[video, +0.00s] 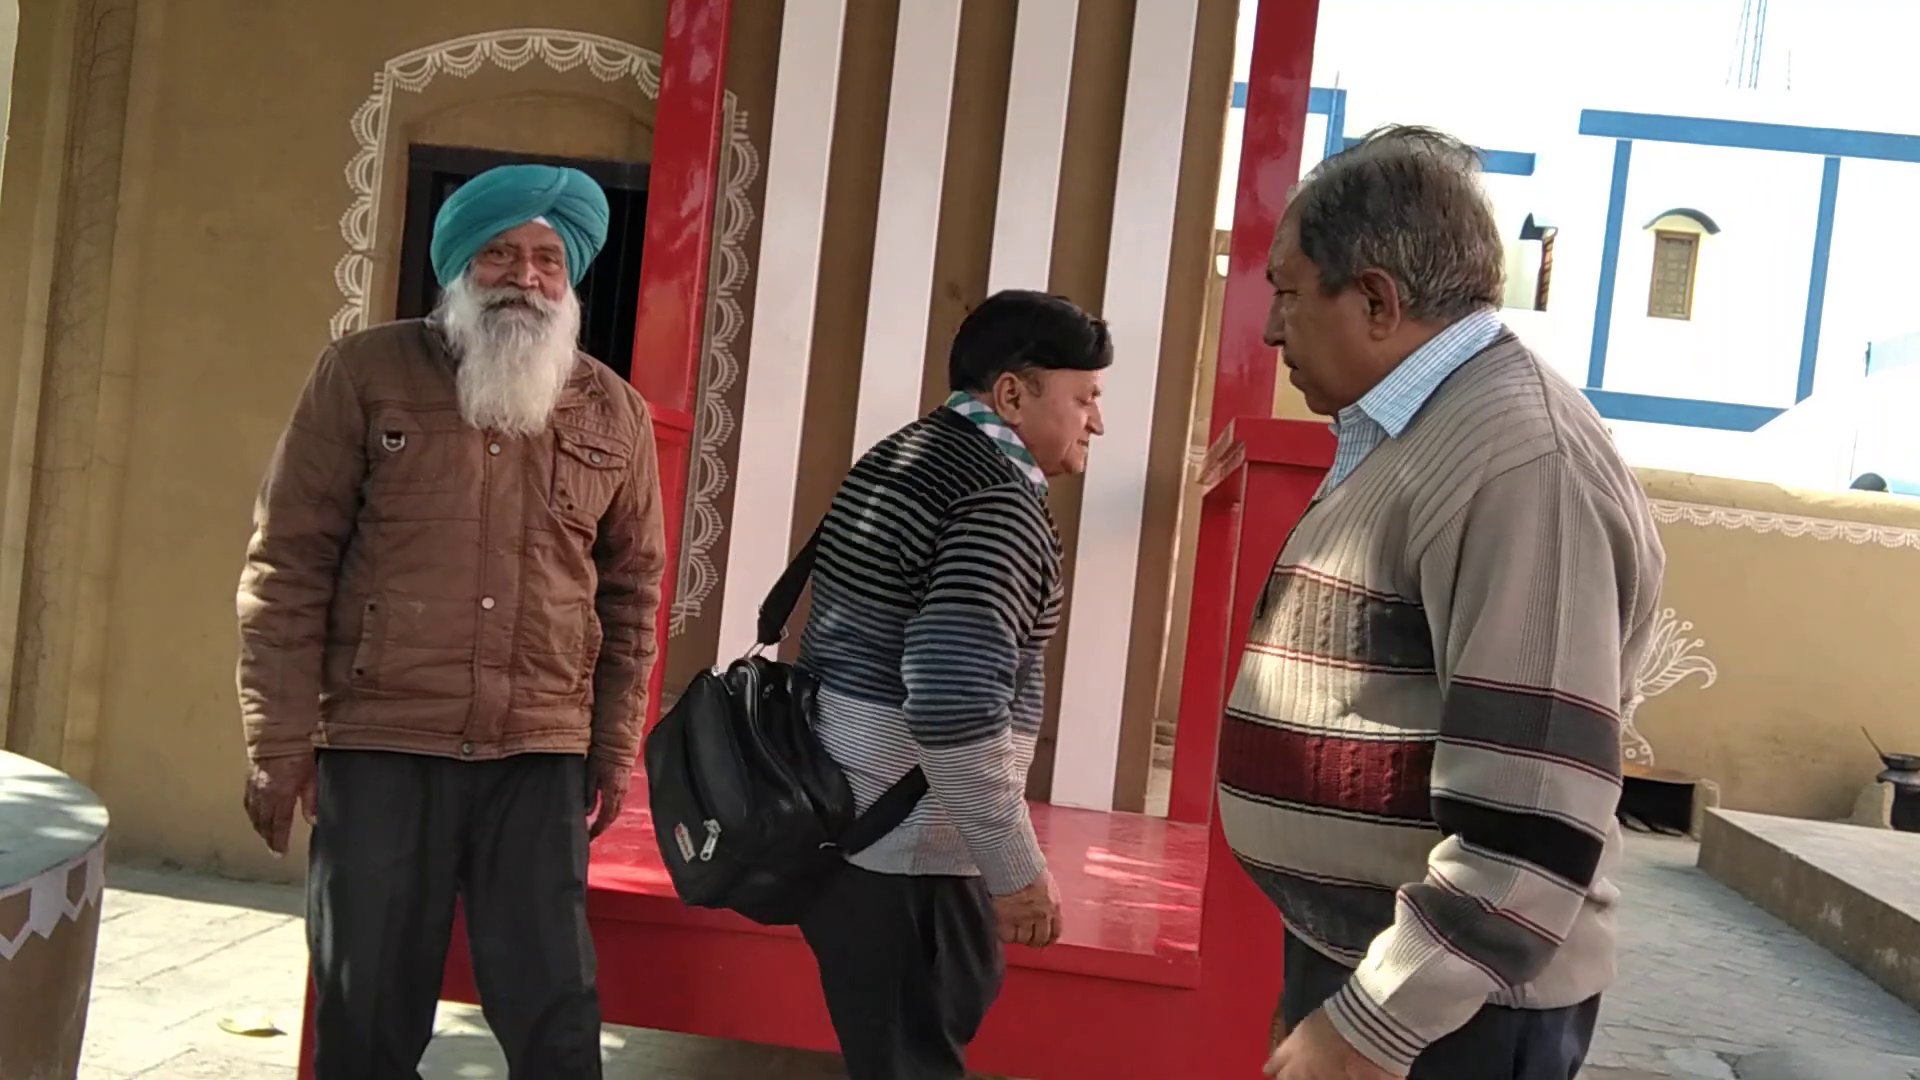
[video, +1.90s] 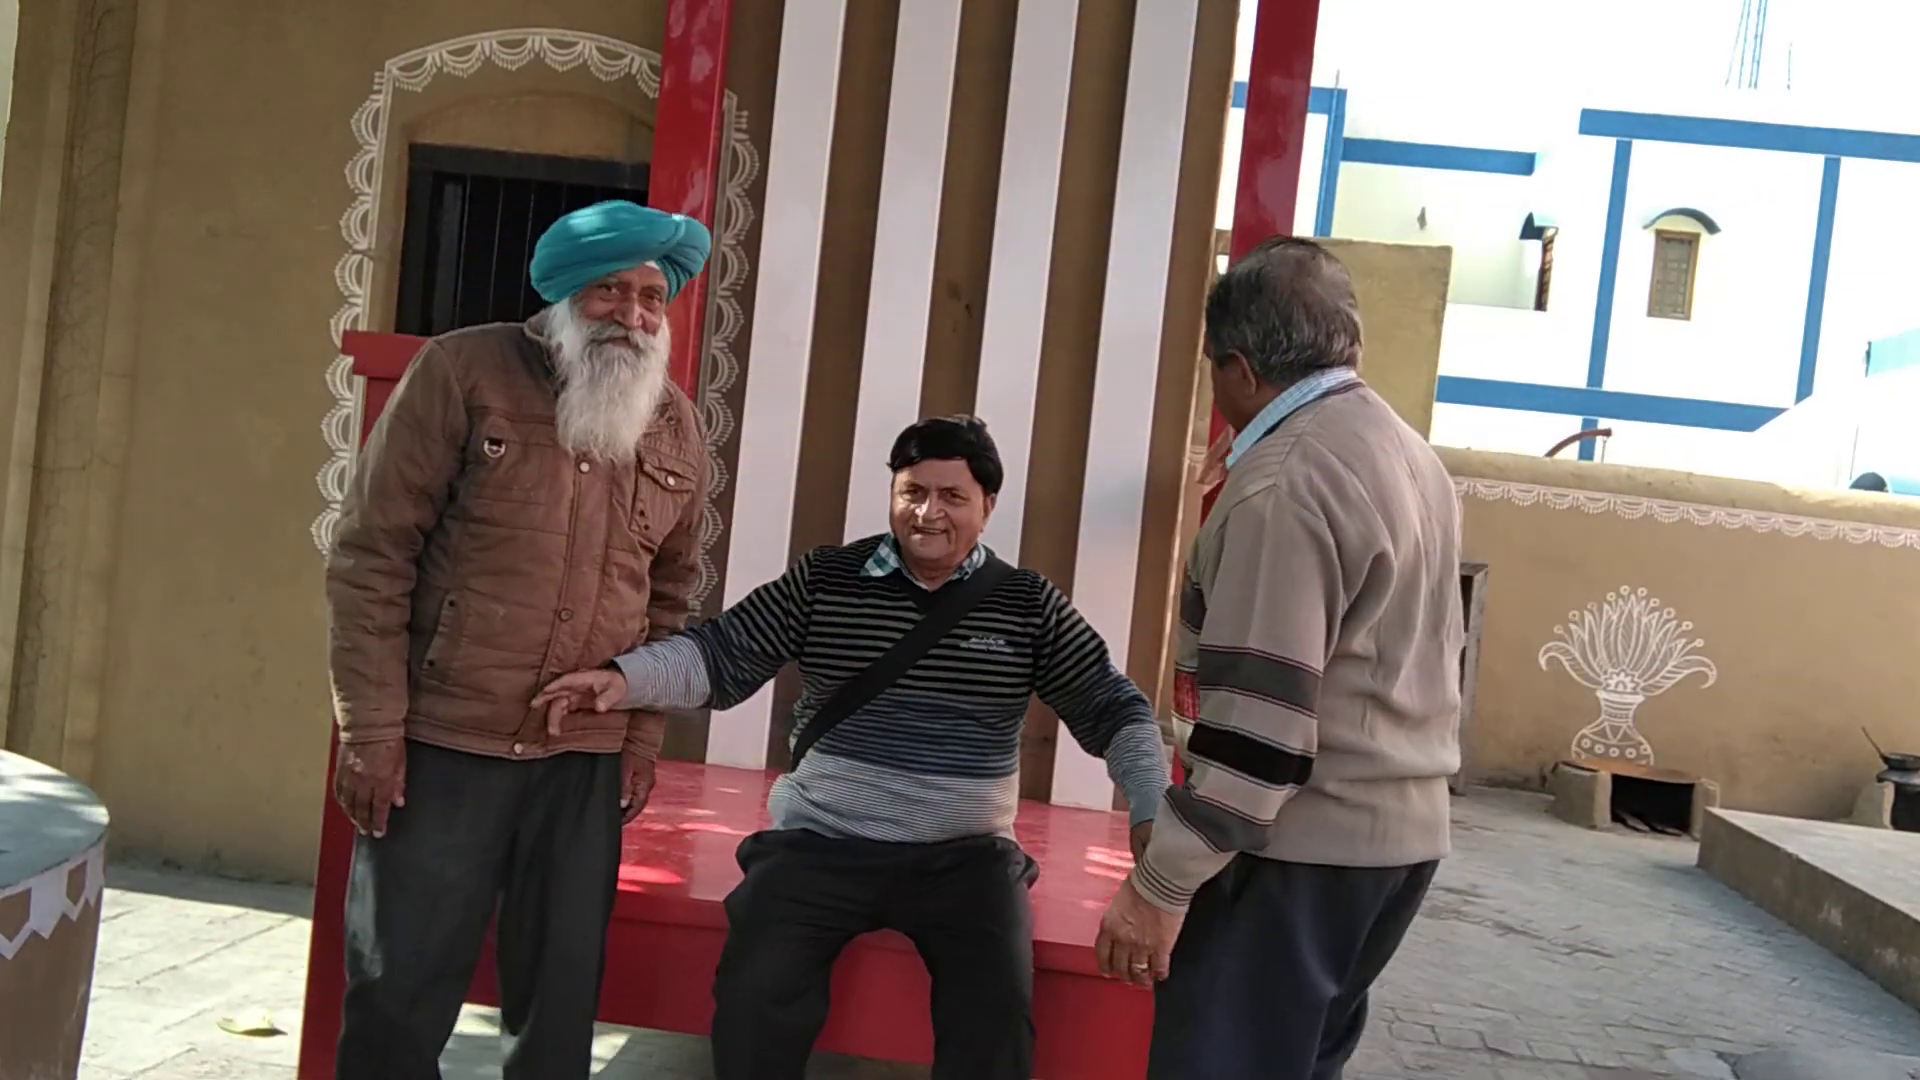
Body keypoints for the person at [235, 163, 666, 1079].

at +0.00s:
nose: (528, 273)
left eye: (550, 257)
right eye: (503, 252)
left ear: (573, 279)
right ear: (458, 266)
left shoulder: (615, 411)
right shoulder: (364, 373)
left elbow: (633, 595)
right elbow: (291, 561)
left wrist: (615, 741)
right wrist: (282, 736)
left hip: (539, 775)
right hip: (381, 766)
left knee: (557, 1034)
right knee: (367, 1037)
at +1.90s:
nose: (633, 313)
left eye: (652, 297)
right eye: (612, 290)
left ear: (669, 311)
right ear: (564, 294)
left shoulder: (680, 429)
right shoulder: (462, 369)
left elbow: (673, 594)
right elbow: (371, 550)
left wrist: (647, 725)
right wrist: (371, 727)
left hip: (583, 770)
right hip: (443, 757)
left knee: (557, 1030)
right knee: (398, 1017)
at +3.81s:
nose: (583, 284)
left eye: (606, 269)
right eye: (563, 263)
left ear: (630, 292)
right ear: (523, 275)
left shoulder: (657, 416)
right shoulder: (433, 367)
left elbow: (657, 583)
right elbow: (354, 546)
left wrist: (629, 704)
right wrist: (354, 712)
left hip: (566, 757)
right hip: (425, 745)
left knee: (546, 1010)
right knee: (408, 999)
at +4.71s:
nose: (610, 291)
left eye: (632, 277)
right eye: (591, 269)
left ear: (657, 300)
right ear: (554, 280)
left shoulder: (680, 427)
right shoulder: (460, 365)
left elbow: (676, 593)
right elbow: (374, 533)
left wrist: (631, 728)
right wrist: (357, 697)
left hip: (572, 747)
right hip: (431, 727)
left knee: (524, 999)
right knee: (367, 978)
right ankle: (351, 1074)